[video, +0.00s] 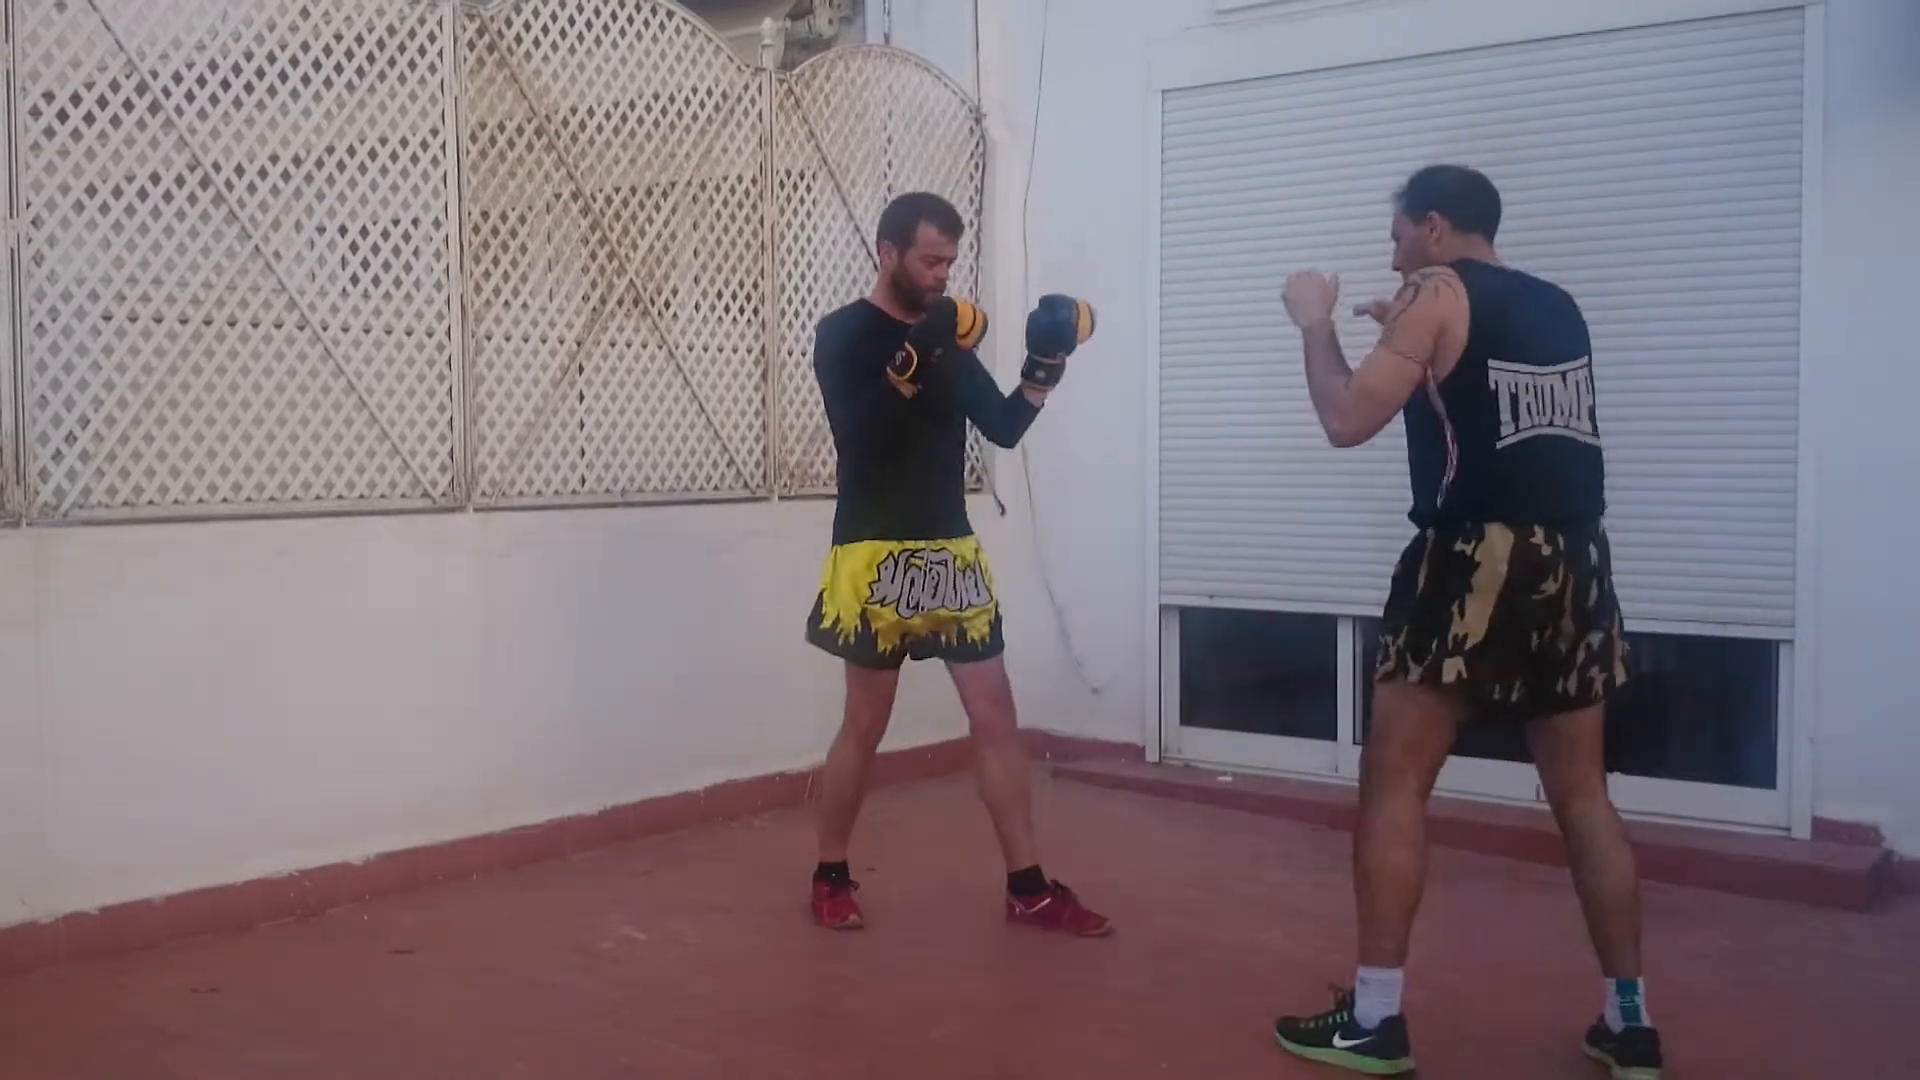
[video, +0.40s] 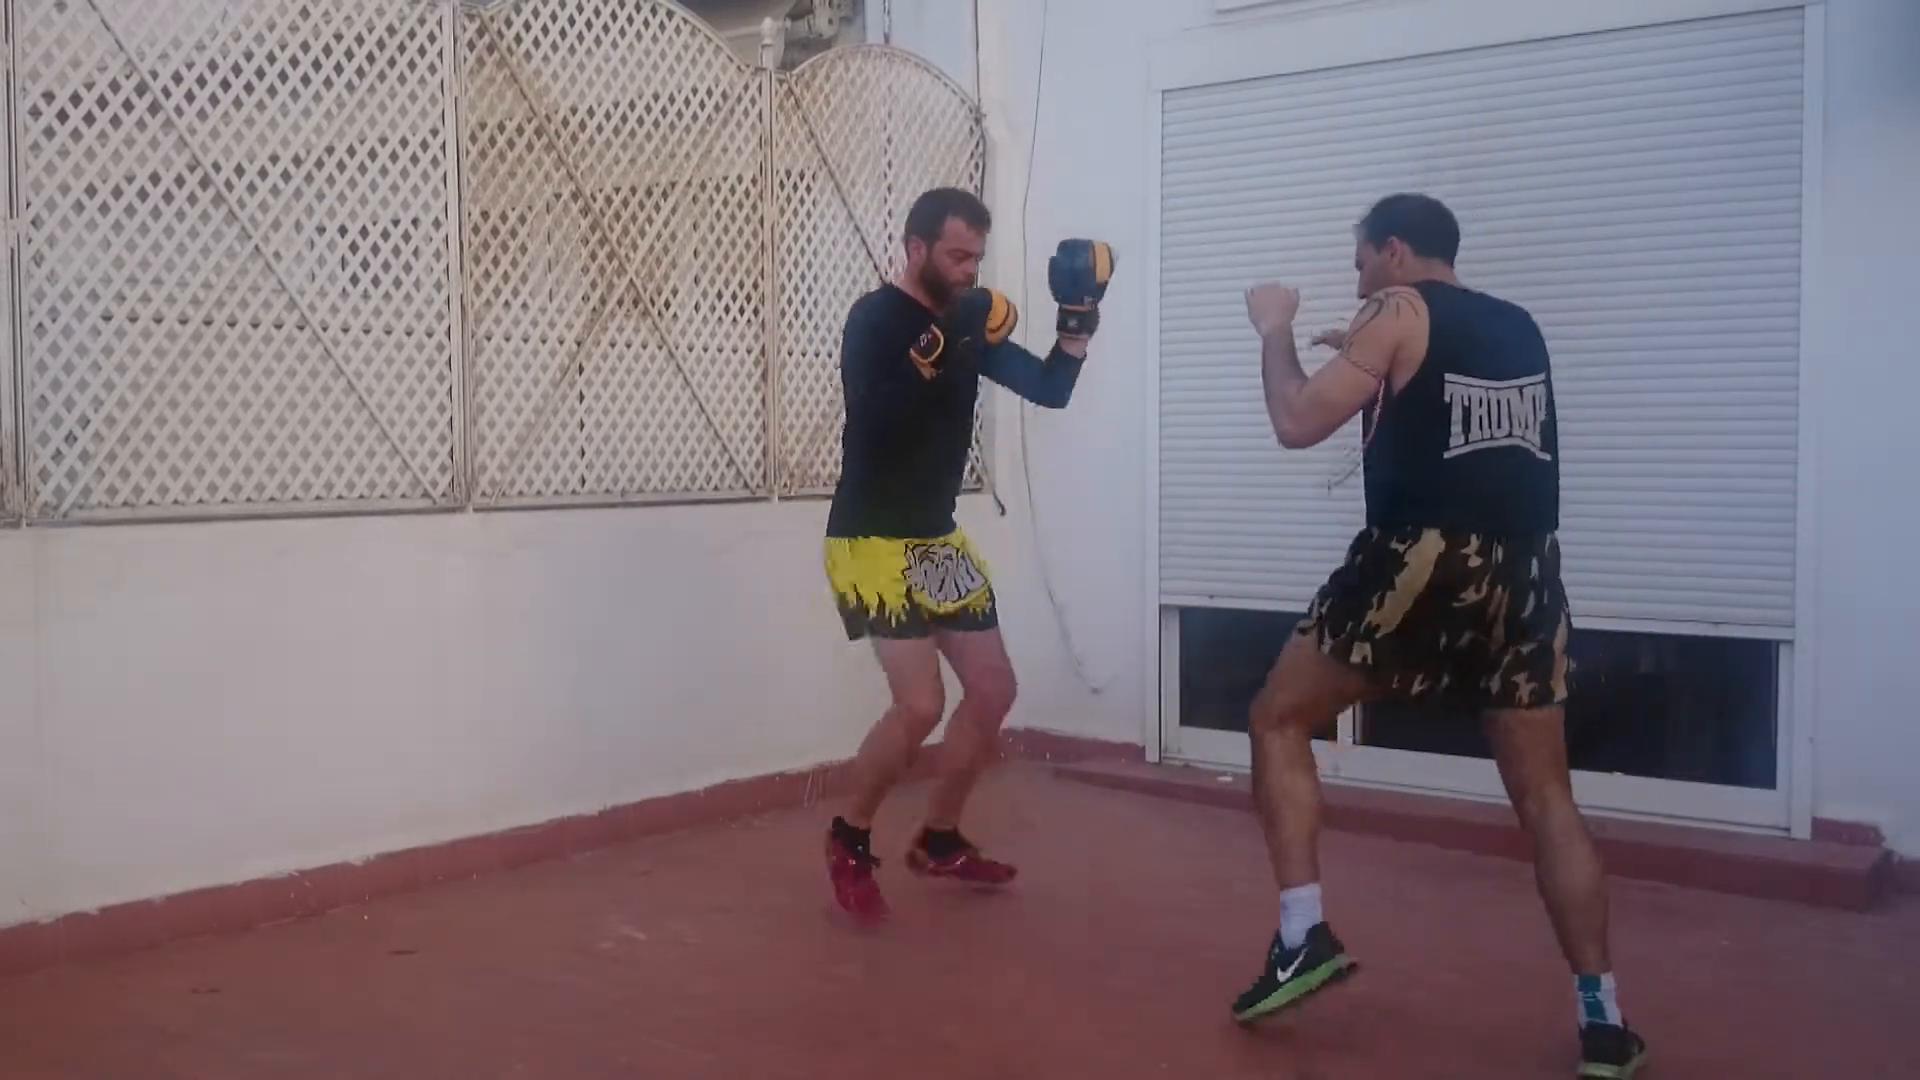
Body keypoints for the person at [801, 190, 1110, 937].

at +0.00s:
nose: (943, 274)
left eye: (950, 262)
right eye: (931, 261)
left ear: (955, 262)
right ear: (887, 254)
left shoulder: (944, 339)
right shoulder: (843, 333)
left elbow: (1003, 427)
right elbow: (856, 433)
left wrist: (1043, 368)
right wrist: (921, 351)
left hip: (952, 543)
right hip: (874, 546)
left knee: (994, 712)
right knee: (864, 722)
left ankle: (1028, 884)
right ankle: (830, 876)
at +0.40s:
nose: (970, 268)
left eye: (977, 257)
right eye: (959, 255)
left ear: (978, 257)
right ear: (915, 248)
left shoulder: (964, 325)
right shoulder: (876, 319)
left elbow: (1051, 388)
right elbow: (875, 433)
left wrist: (1076, 323)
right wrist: (945, 345)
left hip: (937, 535)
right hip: (871, 539)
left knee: (993, 691)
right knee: (919, 705)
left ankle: (937, 840)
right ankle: (849, 836)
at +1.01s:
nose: (943, 271)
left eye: (947, 258)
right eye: (931, 257)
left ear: (932, 260)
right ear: (883, 257)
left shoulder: (940, 328)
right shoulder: (848, 350)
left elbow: (991, 391)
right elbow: (871, 429)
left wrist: (1050, 418)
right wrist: (896, 348)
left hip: (1027, 532)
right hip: (951, 558)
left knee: (1111, 690)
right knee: (976, 744)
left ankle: (1180, 852)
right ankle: (949, 911)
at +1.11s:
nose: (945, 276)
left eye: (948, 264)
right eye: (934, 263)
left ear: (926, 267)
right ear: (886, 264)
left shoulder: (953, 343)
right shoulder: (854, 359)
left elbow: (1022, 395)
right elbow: (902, 427)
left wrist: (1119, 395)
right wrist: (932, 323)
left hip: (1034, 542)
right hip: (956, 567)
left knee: (1110, 706)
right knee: (985, 751)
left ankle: (1162, 862)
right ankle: (950, 908)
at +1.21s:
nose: (949, 287)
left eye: (952, 275)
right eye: (937, 273)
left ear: (935, 272)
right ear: (889, 270)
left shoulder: (950, 344)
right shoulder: (867, 367)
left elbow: (1013, 397)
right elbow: (961, 405)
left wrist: (1112, 391)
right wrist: (986, 300)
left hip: (1034, 545)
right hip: (961, 571)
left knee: (1114, 703)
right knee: (991, 755)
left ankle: (1151, 863)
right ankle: (952, 910)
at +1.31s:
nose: (970, 300)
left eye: (972, 286)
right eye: (958, 285)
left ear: (921, 279)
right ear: (911, 274)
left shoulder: (943, 350)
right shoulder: (888, 355)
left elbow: (1007, 424)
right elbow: (1021, 356)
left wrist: (1100, 410)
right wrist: (1008, 263)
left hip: (1036, 549)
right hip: (967, 572)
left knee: (1120, 702)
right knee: (999, 756)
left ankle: (1154, 864)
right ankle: (952, 911)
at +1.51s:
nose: (995, 294)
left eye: (996, 280)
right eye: (986, 278)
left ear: (947, 273)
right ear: (940, 268)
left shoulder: (953, 347)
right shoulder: (910, 344)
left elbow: (998, 468)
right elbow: (1036, 350)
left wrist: (1094, 472)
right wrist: (1035, 266)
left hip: (1036, 552)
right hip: (973, 570)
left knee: (1120, 712)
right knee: (1008, 754)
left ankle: (1153, 872)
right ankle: (954, 913)